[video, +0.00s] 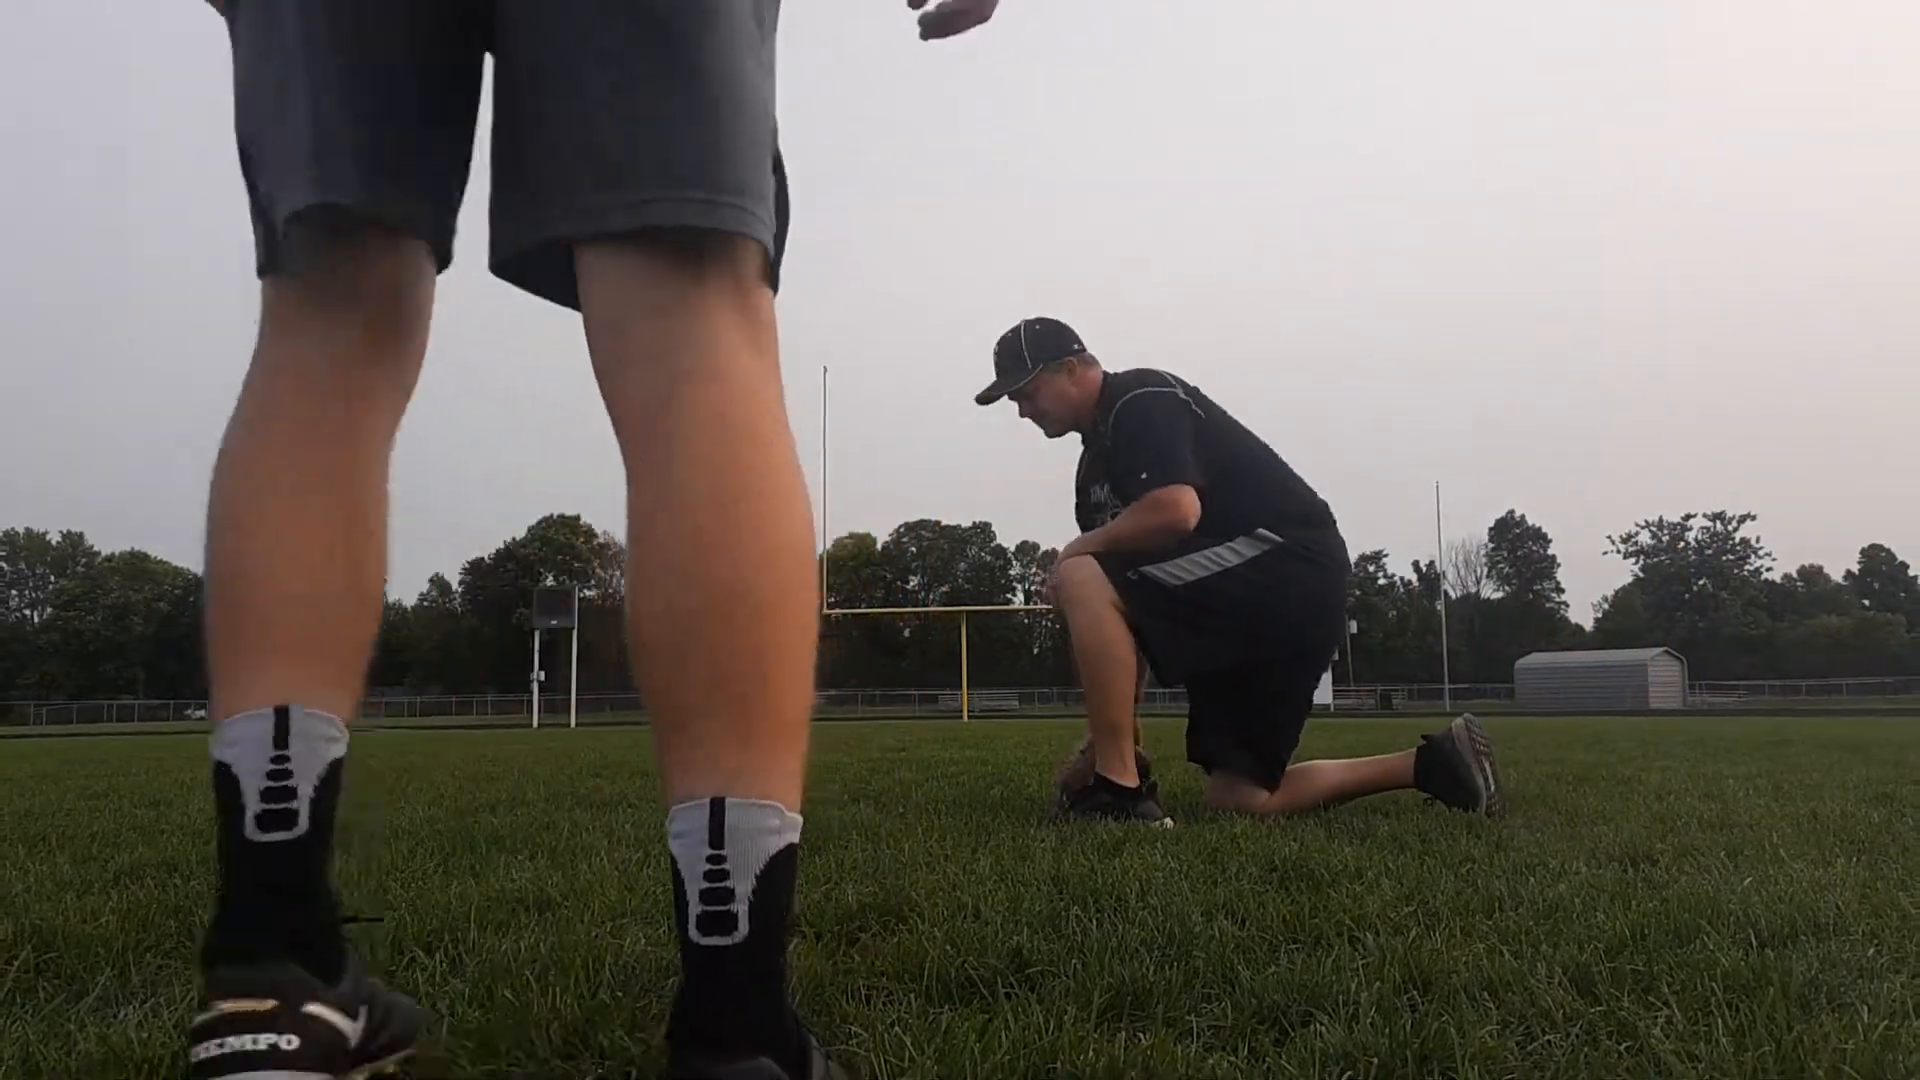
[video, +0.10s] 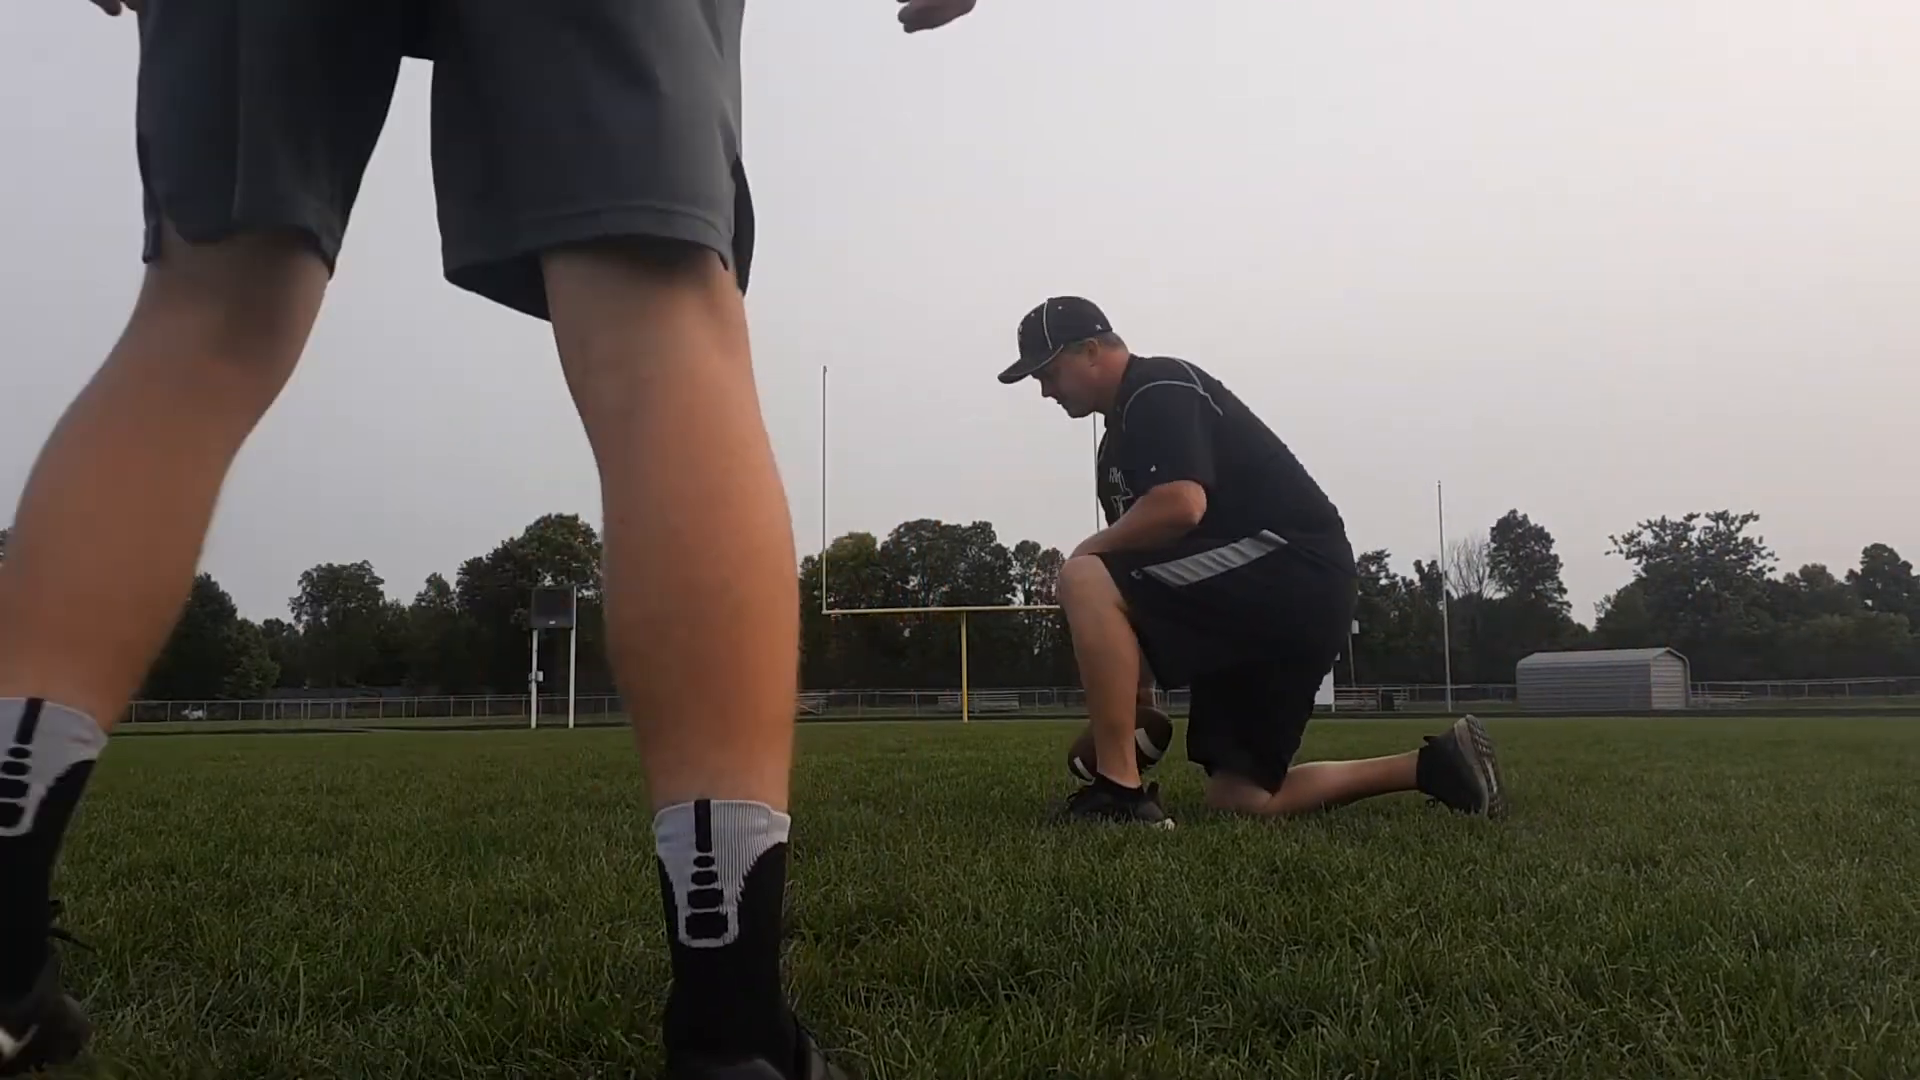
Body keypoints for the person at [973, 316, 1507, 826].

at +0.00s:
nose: (1020, 410)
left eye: (1024, 392)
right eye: (1014, 399)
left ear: (1071, 369)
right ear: (1048, 388)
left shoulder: (1141, 398)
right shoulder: (1095, 479)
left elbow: (1175, 510)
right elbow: (1127, 620)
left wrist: (1080, 552)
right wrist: (1095, 748)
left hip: (1285, 559)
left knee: (1084, 578)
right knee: (1236, 796)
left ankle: (1123, 788)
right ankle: (1427, 767)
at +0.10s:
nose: (1046, 390)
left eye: (1048, 372)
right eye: (1040, 379)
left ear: (1091, 352)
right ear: (1089, 357)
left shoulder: (1158, 385)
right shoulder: (1117, 445)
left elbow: (1179, 503)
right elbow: (1138, 592)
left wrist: (1090, 553)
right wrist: (1123, 710)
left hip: (1289, 565)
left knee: (1085, 575)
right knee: (1238, 796)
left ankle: (1119, 785)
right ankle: (1428, 767)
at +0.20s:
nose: (1067, 374)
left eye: (1067, 357)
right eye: (1060, 363)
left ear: (1110, 336)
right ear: (1114, 341)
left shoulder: (1169, 377)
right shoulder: (1153, 413)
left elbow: (1179, 497)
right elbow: (1188, 547)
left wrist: (1091, 557)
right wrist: (1147, 658)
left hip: (1287, 562)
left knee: (1088, 577)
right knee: (1238, 795)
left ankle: (1120, 786)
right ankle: (1428, 766)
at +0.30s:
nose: (1085, 359)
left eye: (1087, 341)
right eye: (1078, 348)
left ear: (1129, 320)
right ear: (1132, 321)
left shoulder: (1182, 371)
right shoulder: (1189, 377)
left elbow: (1175, 500)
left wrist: (1101, 564)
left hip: (1287, 562)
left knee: (1089, 579)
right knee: (1236, 796)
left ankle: (1120, 788)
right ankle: (1429, 768)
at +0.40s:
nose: (1099, 349)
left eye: (1102, 330)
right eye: (1094, 336)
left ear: (1145, 311)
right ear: (1149, 312)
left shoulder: (1188, 370)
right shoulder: (1203, 369)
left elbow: (1184, 503)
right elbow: (1204, 512)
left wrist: (1104, 562)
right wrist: (1121, 570)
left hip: (1280, 562)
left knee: (1084, 581)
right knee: (1237, 797)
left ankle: (1120, 786)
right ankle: (1430, 768)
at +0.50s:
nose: (1111, 343)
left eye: (1114, 325)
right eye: (1106, 330)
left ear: (1157, 307)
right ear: (1163, 308)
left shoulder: (1193, 370)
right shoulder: (1219, 364)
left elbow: (1182, 500)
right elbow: (1212, 509)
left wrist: (1104, 559)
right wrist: (1126, 566)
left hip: (1275, 566)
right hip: (1311, 589)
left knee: (1083, 582)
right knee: (1235, 796)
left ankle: (1120, 786)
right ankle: (1430, 767)